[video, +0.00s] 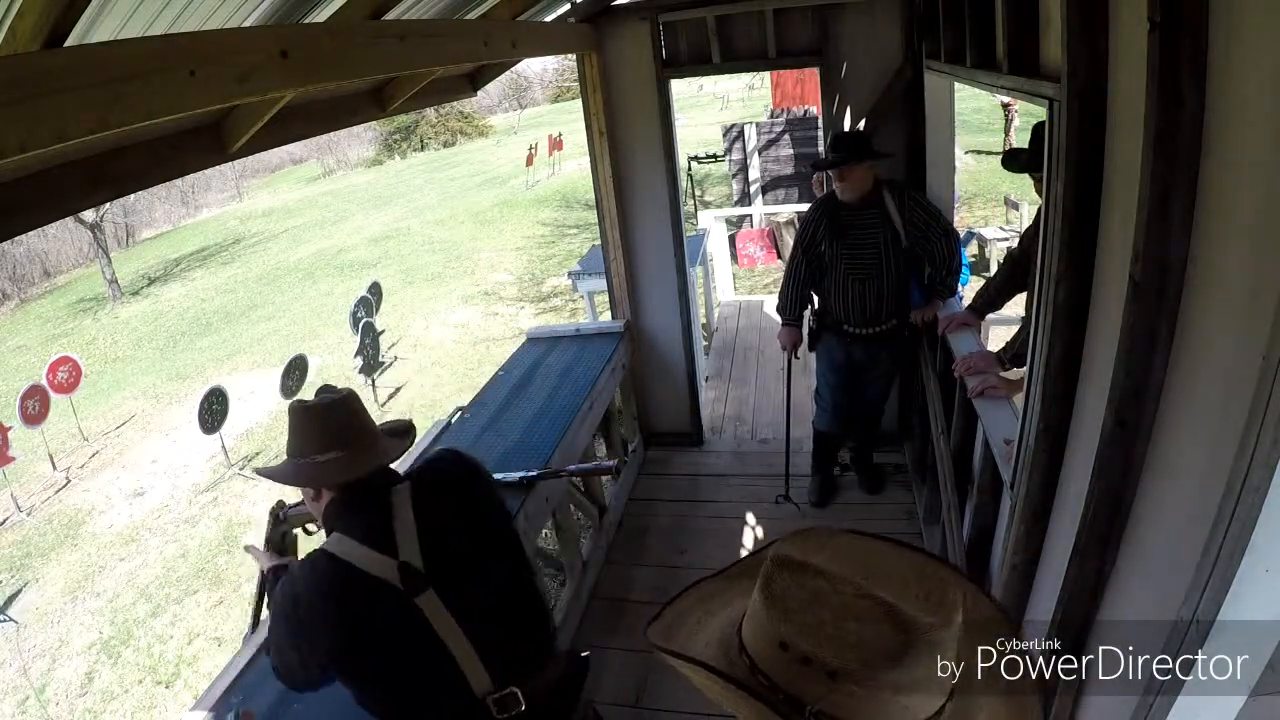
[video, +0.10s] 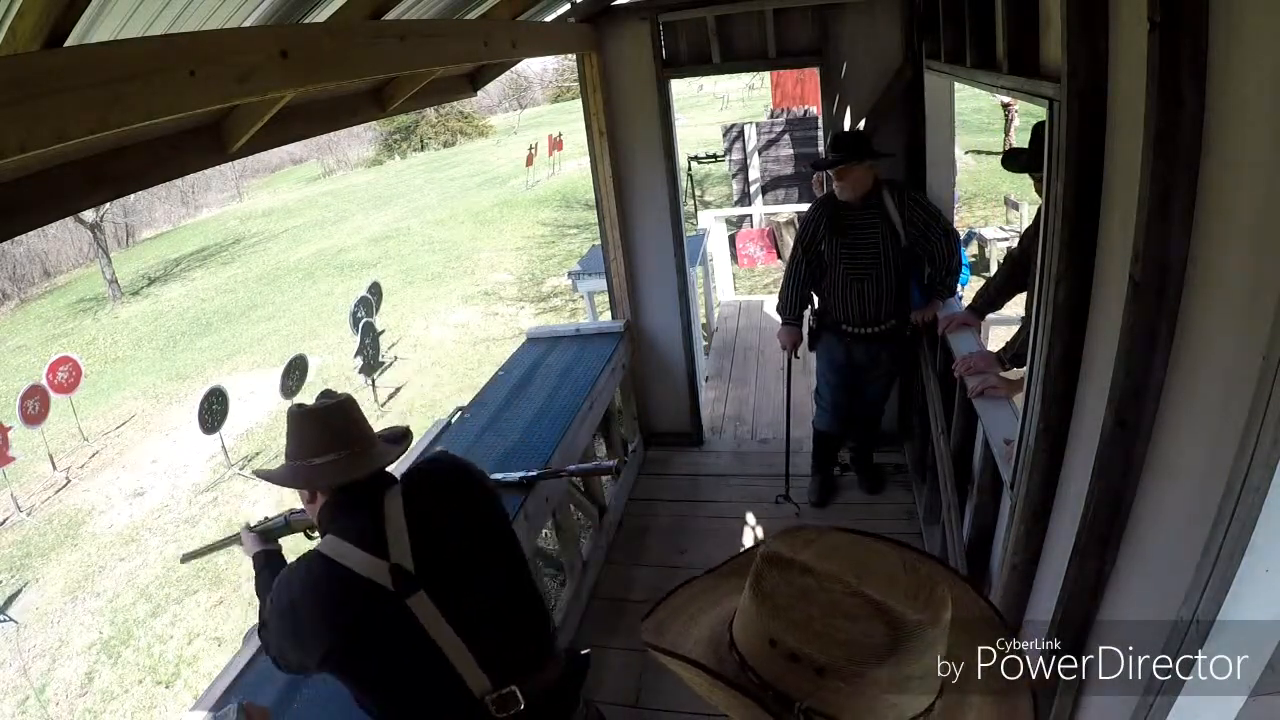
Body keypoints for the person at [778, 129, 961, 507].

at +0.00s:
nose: (838, 176)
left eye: (846, 168)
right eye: (834, 169)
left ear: (869, 167)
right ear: (832, 171)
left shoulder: (902, 205)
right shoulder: (822, 215)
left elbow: (946, 241)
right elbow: (799, 268)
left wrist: (937, 296)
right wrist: (790, 321)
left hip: (888, 331)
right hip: (836, 331)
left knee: (873, 404)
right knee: (830, 405)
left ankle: (864, 459)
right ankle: (822, 473)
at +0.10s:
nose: (838, 178)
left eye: (845, 169)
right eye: (834, 171)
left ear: (869, 167)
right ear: (832, 171)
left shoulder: (903, 205)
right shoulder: (822, 215)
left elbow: (946, 241)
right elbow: (799, 269)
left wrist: (936, 296)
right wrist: (790, 321)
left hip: (888, 332)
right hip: (836, 332)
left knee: (874, 404)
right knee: (831, 405)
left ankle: (864, 459)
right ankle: (822, 473)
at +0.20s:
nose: (837, 178)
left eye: (845, 170)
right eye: (833, 171)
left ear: (868, 167)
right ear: (831, 172)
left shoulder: (902, 205)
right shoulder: (822, 215)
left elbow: (946, 242)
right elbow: (799, 268)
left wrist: (936, 296)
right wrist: (789, 320)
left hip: (888, 332)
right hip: (836, 332)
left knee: (873, 404)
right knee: (831, 405)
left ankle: (864, 458)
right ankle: (822, 473)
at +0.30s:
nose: (832, 186)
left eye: (839, 178)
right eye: (829, 178)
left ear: (864, 172)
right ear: (829, 175)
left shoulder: (901, 205)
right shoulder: (821, 216)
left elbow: (945, 240)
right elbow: (799, 268)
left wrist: (936, 297)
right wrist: (789, 320)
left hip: (888, 331)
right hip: (835, 331)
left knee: (873, 403)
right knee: (831, 403)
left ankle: (864, 460)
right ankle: (822, 474)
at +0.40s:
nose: (836, 199)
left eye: (841, 191)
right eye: (830, 192)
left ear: (862, 178)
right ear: (826, 185)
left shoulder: (901, 205)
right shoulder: (821, 217)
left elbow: (944, 241)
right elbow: (799, 267)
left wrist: (936, 297)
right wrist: (788, 319)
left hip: (888, 332)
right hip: (836, 331)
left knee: (874, 403)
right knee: (831, 403)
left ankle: (864, 459)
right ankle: (822, 473)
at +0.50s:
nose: (837, 203)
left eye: (842, 195)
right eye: (831, 196)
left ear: (862, 180)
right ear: (824, 188)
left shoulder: (900, 206)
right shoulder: (821, 218)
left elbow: (944, 242)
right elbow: (799, 267)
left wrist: (935, 297)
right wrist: (789, 319)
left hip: (888, 332)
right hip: (837, 332)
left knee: (874, 404)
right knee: (832, 403)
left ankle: (864, 460)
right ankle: (822, 473)